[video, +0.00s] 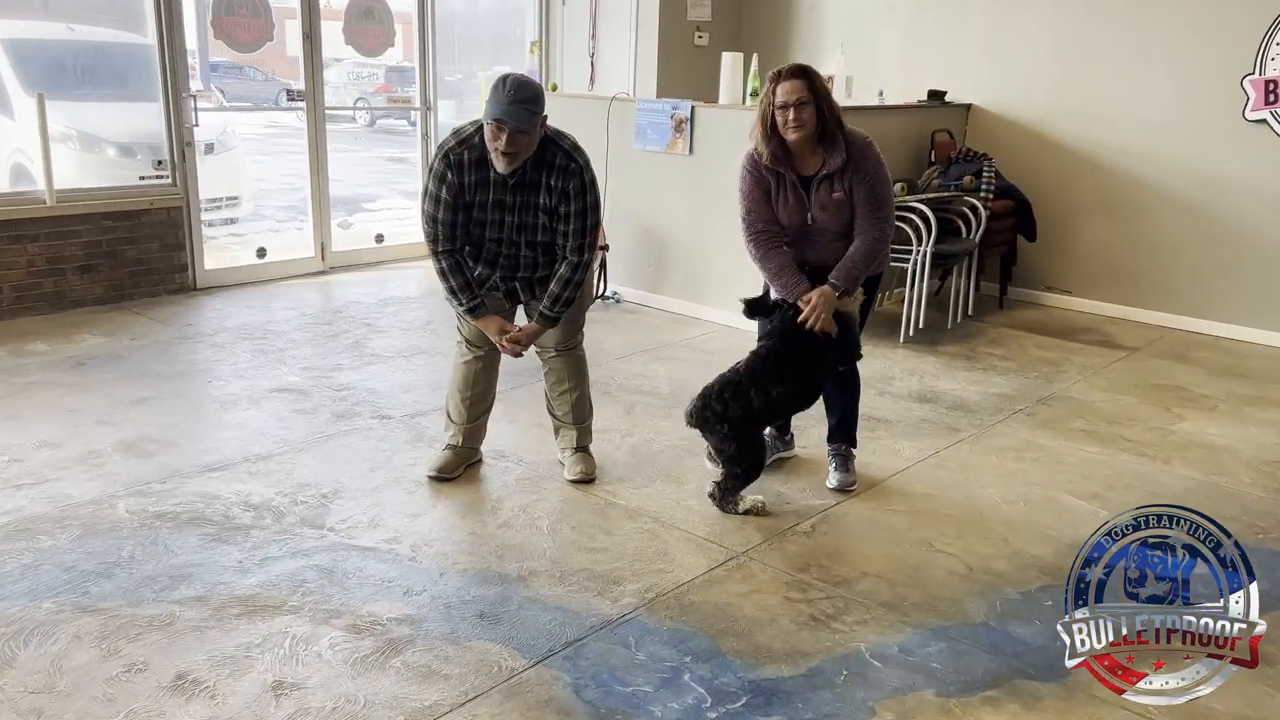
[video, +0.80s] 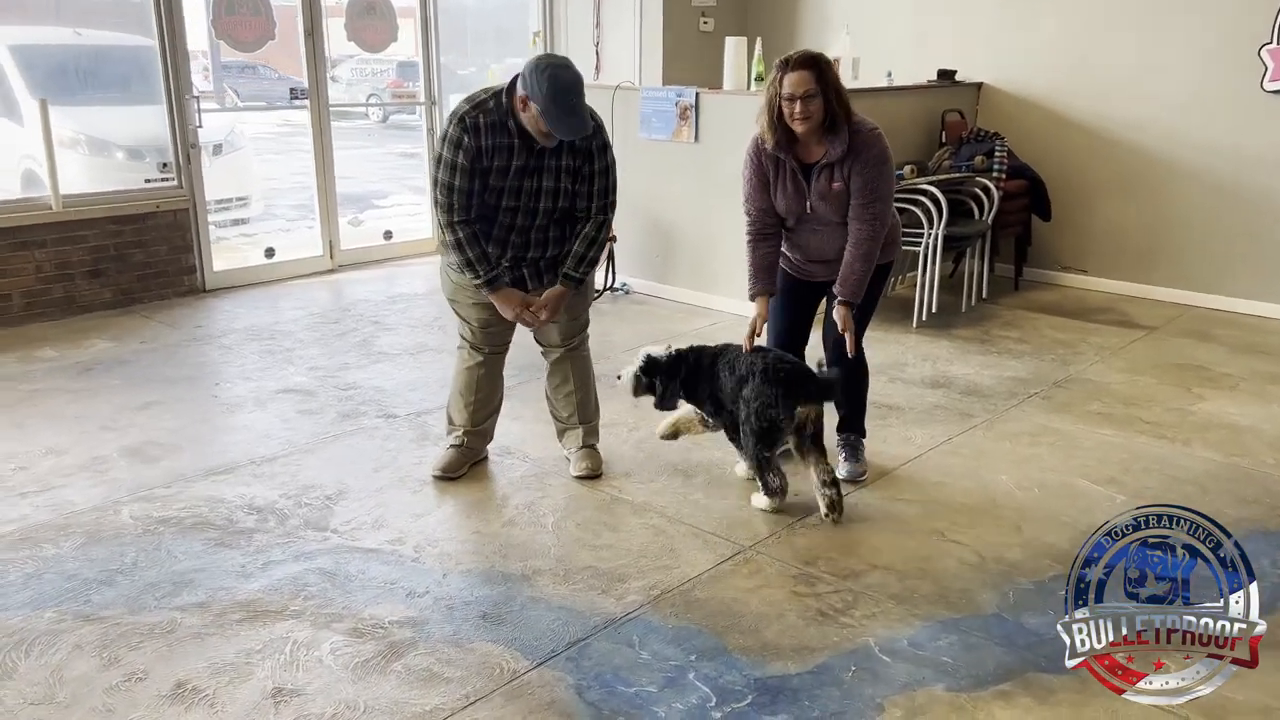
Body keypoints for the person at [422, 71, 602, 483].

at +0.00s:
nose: (505, 141)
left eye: (519, 132)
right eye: (497, 127)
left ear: (541, 127)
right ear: (485, 118)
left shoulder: (569, 165)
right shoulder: (455, 157)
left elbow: (577, 255)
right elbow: (442, 246)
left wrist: (541, 322)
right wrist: (481, 313)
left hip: (553, 269)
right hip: (485, 266)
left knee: (561, 349)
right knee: (473, 348)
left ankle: (574, 447)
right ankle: (462, 444)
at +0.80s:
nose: (556, 135)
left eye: (564, 127)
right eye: (549, 125)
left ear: (577, 105)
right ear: (523, 101)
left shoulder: (587, 132)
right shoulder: (470, 125)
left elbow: (599, 215)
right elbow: (453, 219)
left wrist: (564, 284)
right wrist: (495, 288)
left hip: (558, 264)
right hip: (485, 262)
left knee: (568, 349)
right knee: (478, 350)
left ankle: (581, 442)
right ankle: (466, 441)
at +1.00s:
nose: (573, 150)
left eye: (582, 144)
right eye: (566, 141)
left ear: (597, 117)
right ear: (543, 115)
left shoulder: (606, 135)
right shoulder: (488, 131)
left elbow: (627, 199)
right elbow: (468, 223)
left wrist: (613, 259)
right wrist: (503, 296)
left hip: (568, 258)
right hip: (496, 256)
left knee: (579, 345)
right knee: (490, 349)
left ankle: (592, 440)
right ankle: (478, 439)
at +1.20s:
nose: (591, 182)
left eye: (600, 176)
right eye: (584, 174)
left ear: (618, 147)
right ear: (563, 148)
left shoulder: (628, 154)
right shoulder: (511, 152)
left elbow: (651, 213)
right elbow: (491, 245)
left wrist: (672, 281)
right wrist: (522, 320)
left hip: (582, 256)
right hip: (511, 253)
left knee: (592, 345)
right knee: (502, 345)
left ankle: (605, 440)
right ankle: (492, 440)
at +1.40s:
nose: (602, 229)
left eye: (611, 226)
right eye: (592, 219)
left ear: (629, 185)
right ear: (572, 188)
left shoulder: (643, 173)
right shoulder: (529, 192)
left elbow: (658, 227)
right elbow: (523, 282)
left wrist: (660, 294)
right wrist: (575, 339)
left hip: (596, 240)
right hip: (516, 242)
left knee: (604, 334)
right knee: (519, 334)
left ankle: (615, 438)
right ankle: (503, 440)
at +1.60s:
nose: (590, 259)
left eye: (601, 253)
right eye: (580, 246)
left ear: (619, 209)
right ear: (562, 212)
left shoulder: (641, 196)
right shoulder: (524, 209)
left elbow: (658, 269)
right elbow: (514, 291)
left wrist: (645, 338)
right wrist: (568, 338)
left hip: (605, 252)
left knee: (607, 339)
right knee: (521, 338)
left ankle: (615, 440)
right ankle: (506, 445)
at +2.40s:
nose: (548, 286)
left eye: (554, 273)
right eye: (534, 279)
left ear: (566, 230)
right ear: (506, 234)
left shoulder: (600, 213)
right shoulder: (480, 225)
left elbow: (628, 290)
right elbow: (484, 301)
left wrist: (619, 361)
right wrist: (542, 346)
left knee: (600, 338)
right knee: (505, 340)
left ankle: (604, 448)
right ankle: (491, 447)